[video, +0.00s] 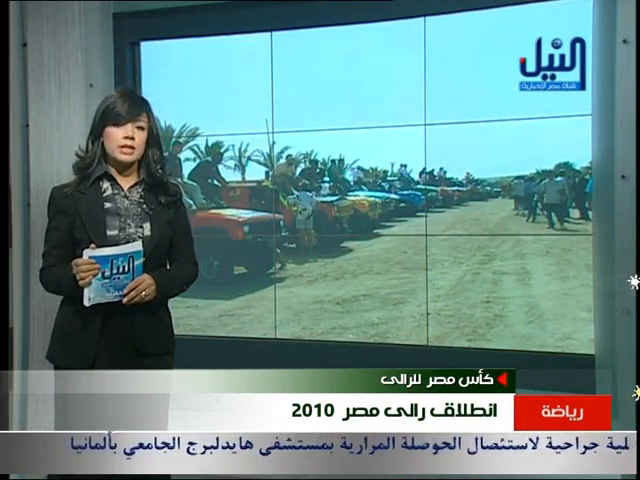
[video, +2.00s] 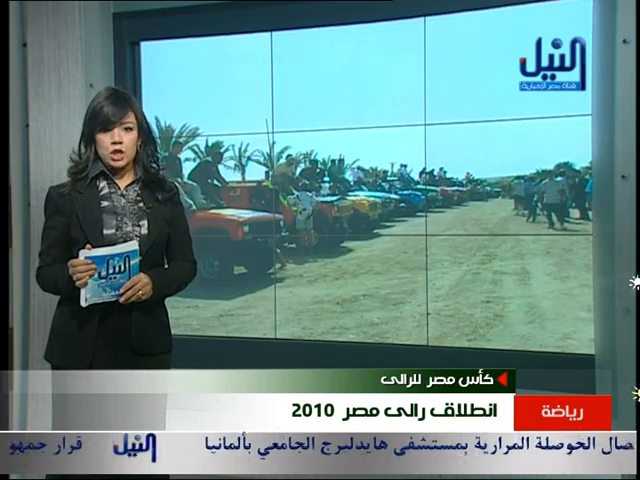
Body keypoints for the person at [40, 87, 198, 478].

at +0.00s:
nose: (129, 135)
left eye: (138, 127)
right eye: (119, 125)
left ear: (149, 138)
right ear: (101, 134)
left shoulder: (167, 197)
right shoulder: (68, 198)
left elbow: (187, 266)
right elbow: (50, 273)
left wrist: (159, 282)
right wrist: (72, 275)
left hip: (148, 349)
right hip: (83, 349)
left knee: (147, 452)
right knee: (79, 452)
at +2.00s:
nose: (117, 139)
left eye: (127, 128)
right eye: (107, 129)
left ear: (140, 136)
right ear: (92, 137)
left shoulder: (164, 194)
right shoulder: (65, 197)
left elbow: (185, 265)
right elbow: (46, 272)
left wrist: (156, 282)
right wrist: (69, 275)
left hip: (145, 348)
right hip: (80, 349)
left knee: (145, 452)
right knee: (77, 453)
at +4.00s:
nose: (124, 139)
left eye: (134, 128)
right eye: (113, 130)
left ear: (148, 135)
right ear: (99, 138)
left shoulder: (170, 196)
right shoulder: (72, 198)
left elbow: (189, 266)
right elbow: (52, 273)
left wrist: (162, 282)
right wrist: (77, 275)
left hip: (151, 347)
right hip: (86, 348)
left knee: (149, 451)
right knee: (83, 452)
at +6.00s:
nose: (131, 133)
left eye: (140, 124)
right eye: (121, 125)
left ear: (151, 135)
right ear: (103, 136)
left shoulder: (169, 196)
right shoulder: (71, 197)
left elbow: (188, 267)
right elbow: (51, 272)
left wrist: (161, 282)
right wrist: (75, 274)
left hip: (150, 347)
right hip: (86, 348)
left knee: (149, 449)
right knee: (82, 450)